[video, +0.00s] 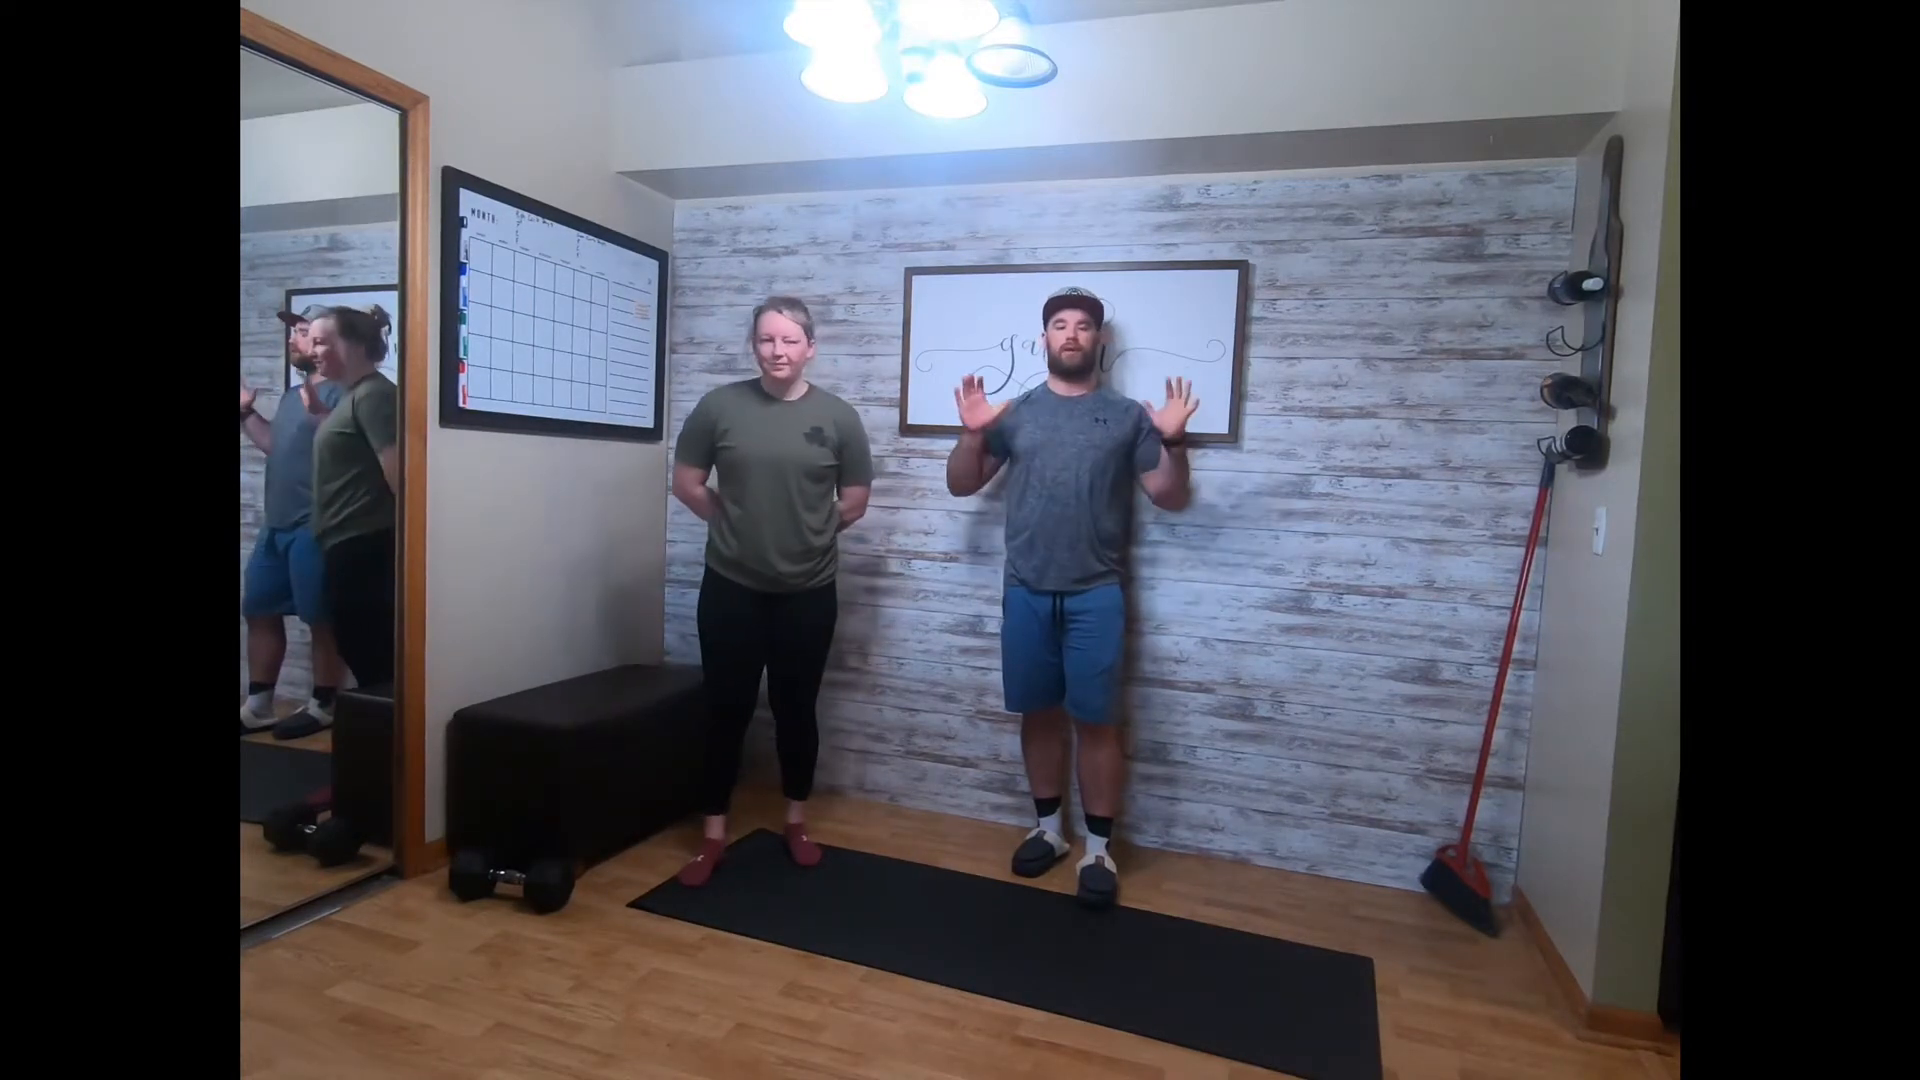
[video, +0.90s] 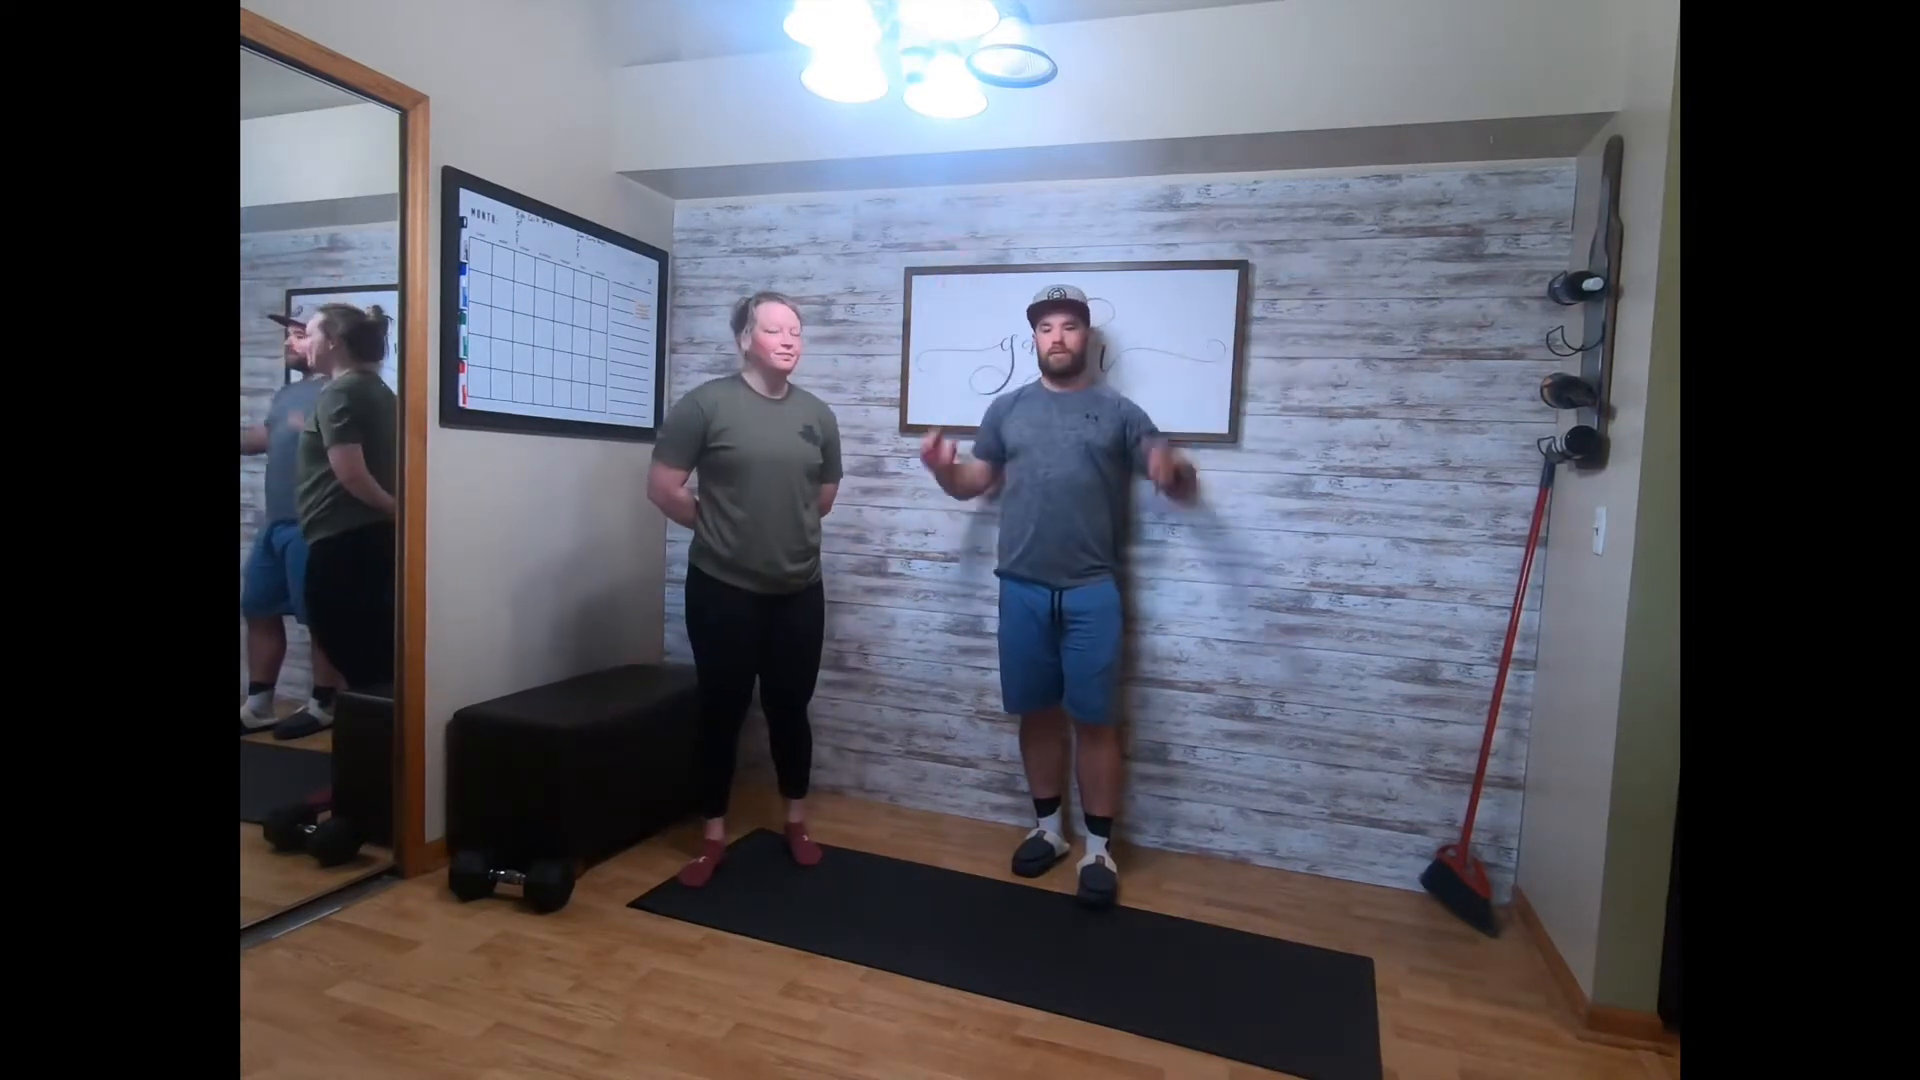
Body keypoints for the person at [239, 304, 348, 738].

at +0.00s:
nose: (294, 339)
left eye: (304, 332)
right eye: (295, 333)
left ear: (326, 342)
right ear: (299, 344)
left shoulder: (343, 392)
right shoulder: (294, 394)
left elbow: (346, 447)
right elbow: (276, 446)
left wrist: (317, 412)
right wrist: (248, 413)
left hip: (317, 523)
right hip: (276, 523)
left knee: (321, 617)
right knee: (260, 608)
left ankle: (324, 706)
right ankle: (259, 704)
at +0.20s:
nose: (300, 344)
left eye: (310, 336)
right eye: (300, 337)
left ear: (334, 344)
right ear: (301, 345)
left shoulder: (347, 394)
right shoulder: (293, 391)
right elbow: (254, 411)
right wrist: (242, 371)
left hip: (319, 527)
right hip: (279, 525)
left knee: (321, 619)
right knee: (261, 609)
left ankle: (325, 706)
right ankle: (259, 703)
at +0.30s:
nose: (298, 342)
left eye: (308, 336)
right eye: (297, 335)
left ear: (331, 344)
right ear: (296, 343)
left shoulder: (347, 391)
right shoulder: (289, 386)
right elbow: (250, 384)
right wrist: (238, 346)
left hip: (322, 528)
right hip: (280, 523)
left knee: (322, 621)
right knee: (264, 609)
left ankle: (324, 705)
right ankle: (259, 703)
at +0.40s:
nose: (296, 340)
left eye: (305, 333)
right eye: (296, 332)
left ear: (329, 341)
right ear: (296, 341)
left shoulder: (340, 385)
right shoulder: (290, 379)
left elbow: (351, 345)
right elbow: (253, 355)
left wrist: (340, 299)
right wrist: (238, 324)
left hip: (322, 522)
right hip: (283, 519)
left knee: (322, 618)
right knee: (264, 609)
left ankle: (324, 705)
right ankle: (259, 702)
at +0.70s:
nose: (291, 340)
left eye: (301, 332)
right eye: (292, 333)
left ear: (327, 340)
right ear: (294, 342)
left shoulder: (338, 386)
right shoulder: (287, 381)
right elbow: (246, 375)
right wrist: (240, 328)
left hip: (318, 524)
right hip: (280, 521)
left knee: (321, 620)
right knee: (262, 609)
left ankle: (324, 705)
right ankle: (259, 703)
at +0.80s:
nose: (292, 341)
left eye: (301, 333)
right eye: (293, 333)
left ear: (325, 342)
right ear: (298, 343)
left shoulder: (338, 392)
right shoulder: (287, 391)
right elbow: (249, 408)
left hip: (317, 525)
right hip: (278, 522)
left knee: (320, 621)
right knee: (262, 610)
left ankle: (324, 705)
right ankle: (259, 704)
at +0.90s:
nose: (292, 340)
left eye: (303, 333)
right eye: (293, 332)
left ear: (326, 342)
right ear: (296, 342)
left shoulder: (337, 392)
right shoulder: (286, 393)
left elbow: (348, 444)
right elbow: (266, 437)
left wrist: (309, 425)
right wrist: (240, 439)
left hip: (314, 525)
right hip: (276, 522)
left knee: (319, 619)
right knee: (259, 609)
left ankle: (324, 705)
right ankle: (259, 703)